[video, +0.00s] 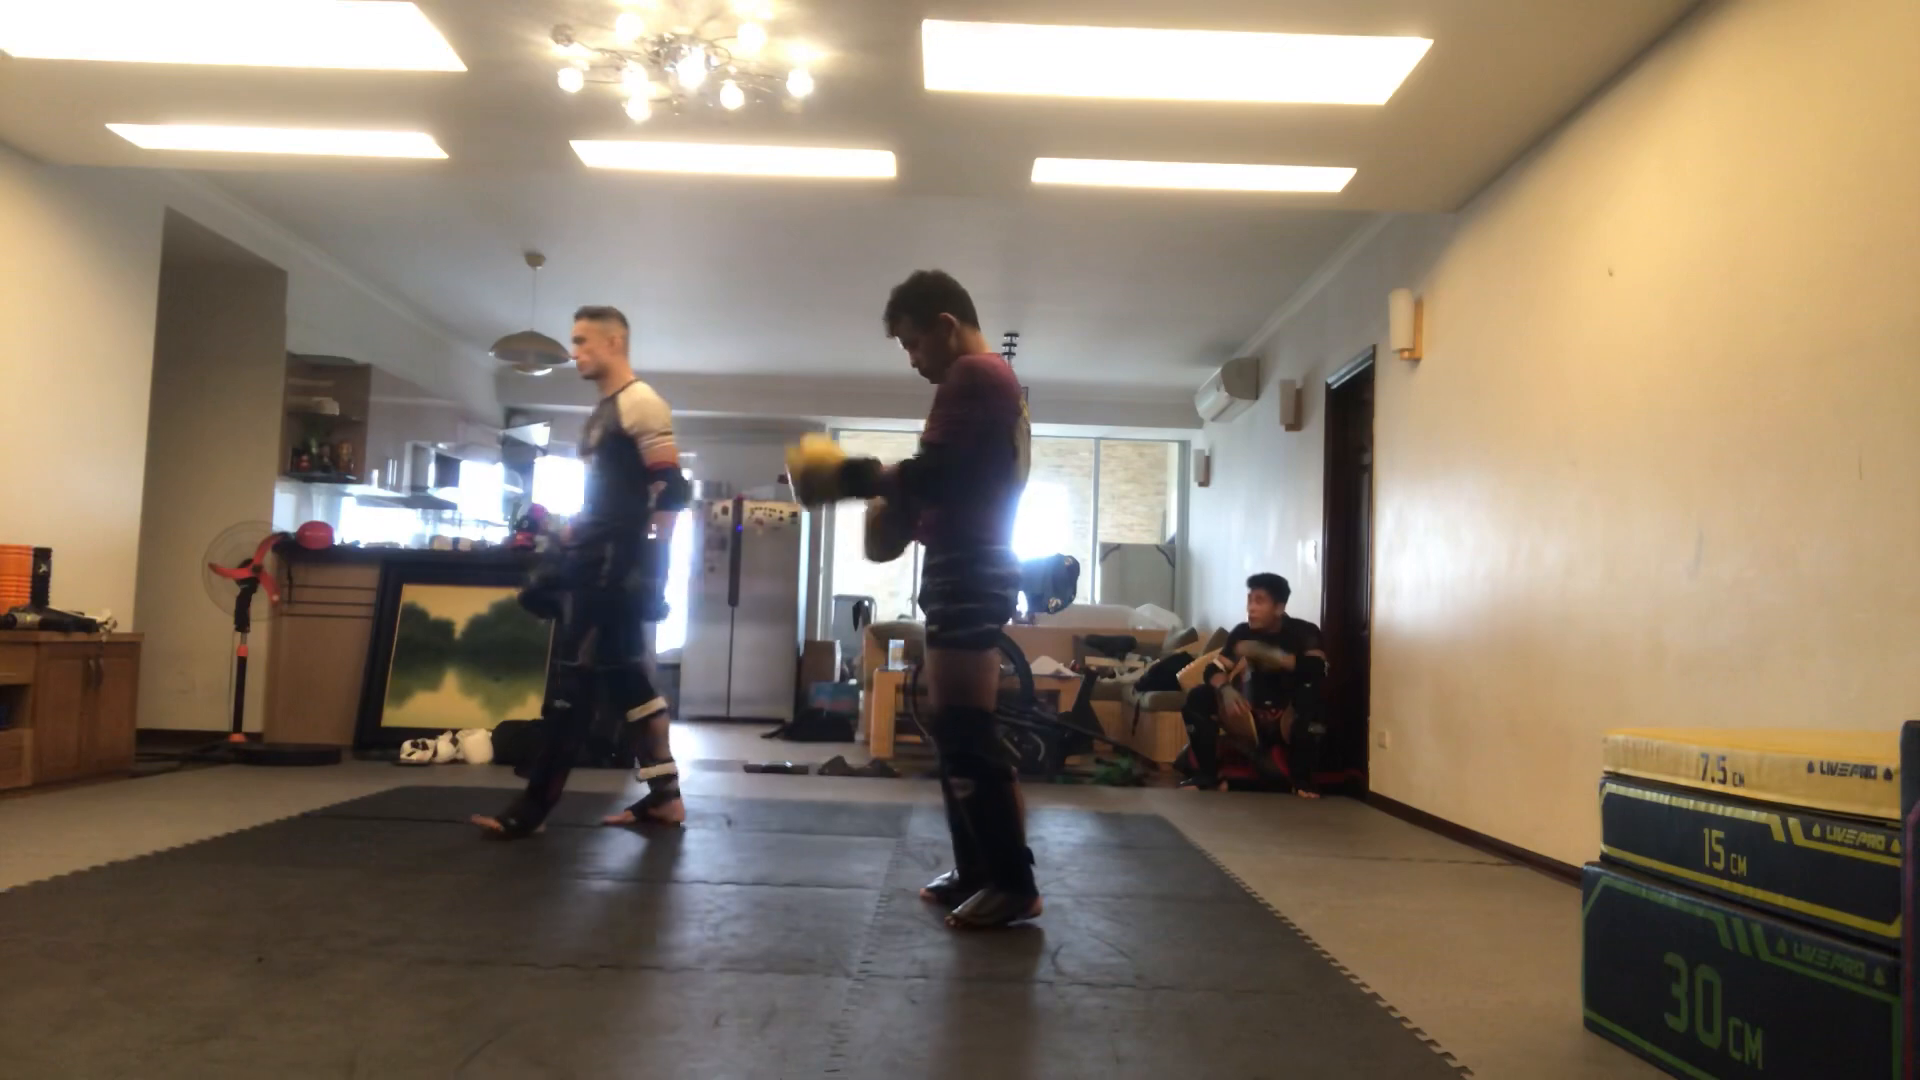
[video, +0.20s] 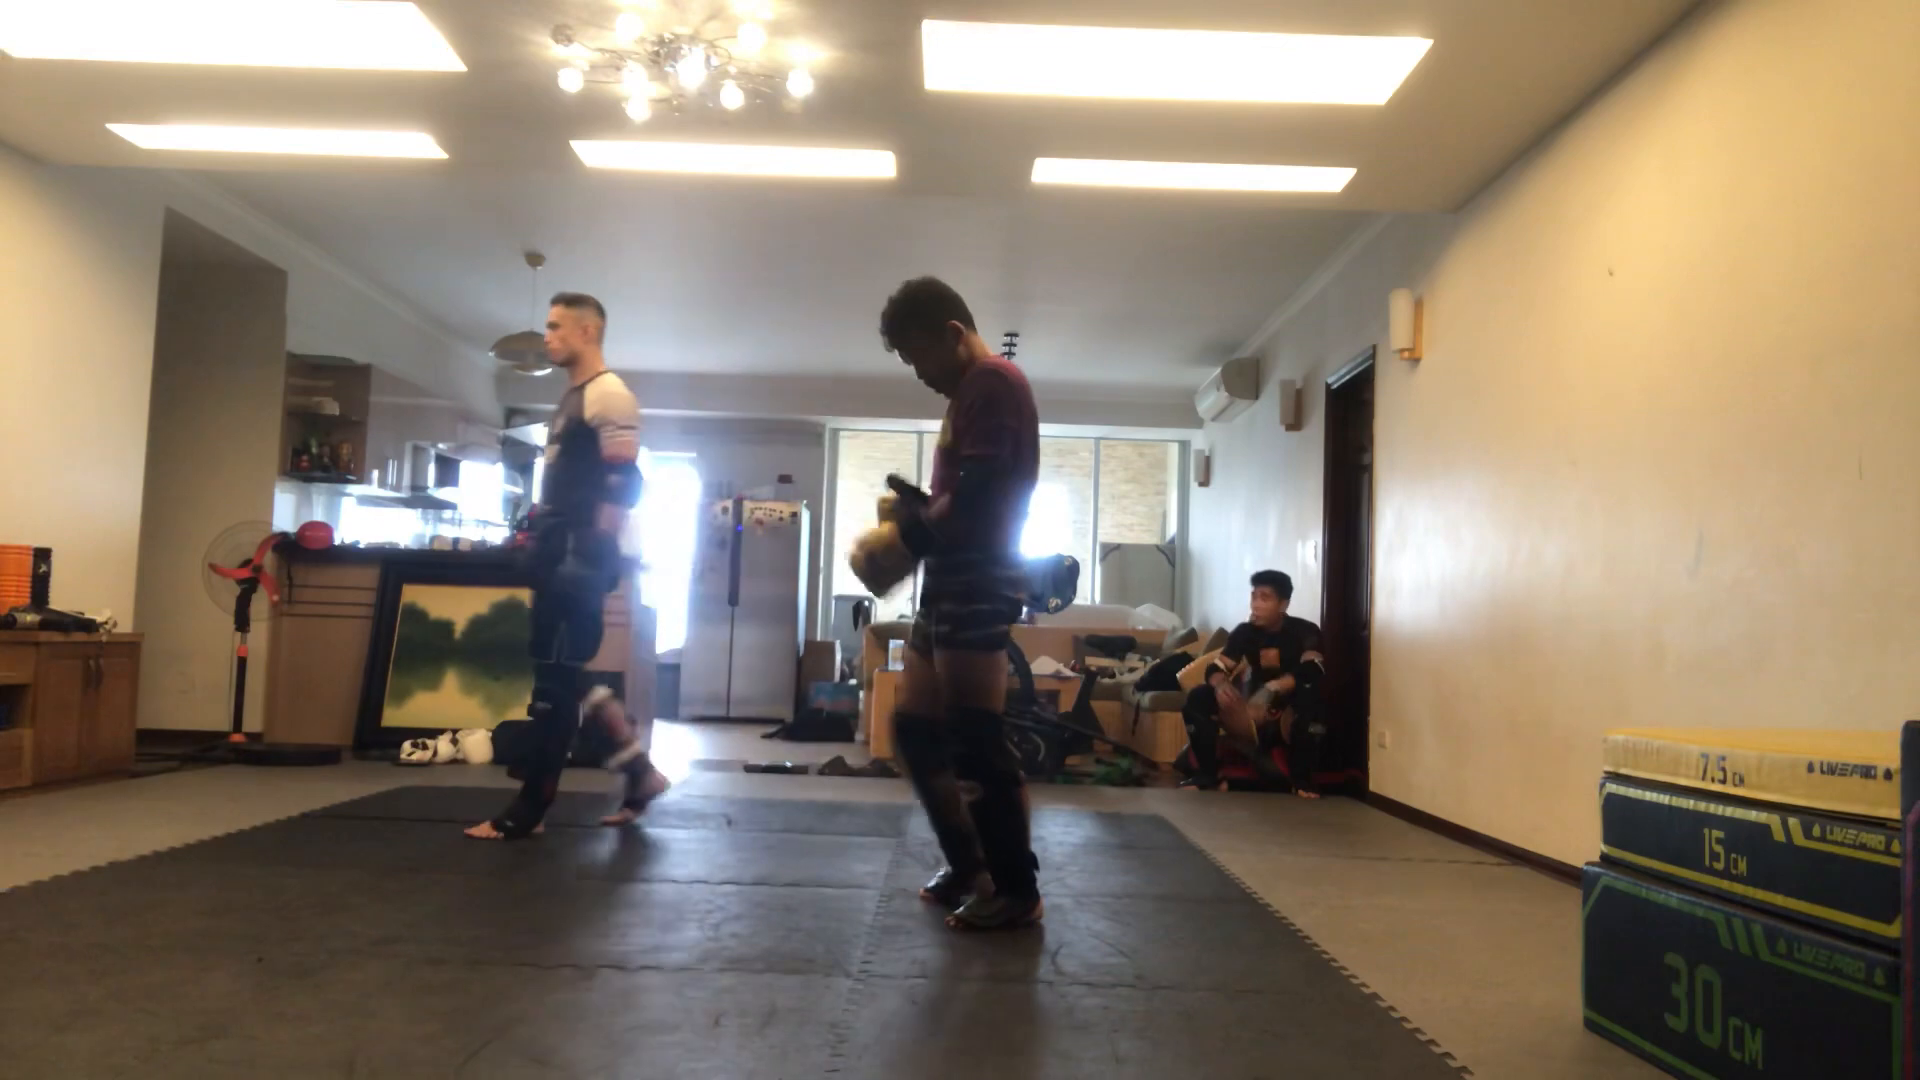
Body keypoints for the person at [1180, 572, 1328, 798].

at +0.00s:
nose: (1250, 608)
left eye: (1259, 601)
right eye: (1250, 601)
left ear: (1279, 607)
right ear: (1247, 602)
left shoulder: (1304, 632)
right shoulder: (1241, 634)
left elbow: (1317, 668)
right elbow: (1215, 671)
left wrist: (1276, 658)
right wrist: (1226, 690)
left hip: (1287, 720)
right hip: (1245, 720)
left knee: (1311, 697)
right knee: (1198, 698)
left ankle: (1303, 781)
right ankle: (1207, 776)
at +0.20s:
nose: (1255, 605)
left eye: (1264, 599)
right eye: (1254, 598)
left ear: (1283, 604)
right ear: (1251, 599)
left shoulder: (1305, 631)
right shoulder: (1244, 632)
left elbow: (1312, 669)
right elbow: (1216, 669)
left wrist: (1269, 690)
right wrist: (1220, 684)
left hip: (1287, 719)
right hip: (1247, 718)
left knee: (1310, 698)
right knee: (1199, 697)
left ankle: (1302, 781)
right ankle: (1207, 777)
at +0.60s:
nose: (1280, 614)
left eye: (1286, 606)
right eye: (1273, 606)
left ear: (1294, 605)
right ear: (1258, 606)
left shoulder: (1307, 632)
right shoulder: (1246, 632)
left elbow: (1298, 677)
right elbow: (1218, 670)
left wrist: (1264, 707)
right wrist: (1242, 675)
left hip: (1288, 703)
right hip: (1244, 700)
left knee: (1311, 712)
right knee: (1199, 698)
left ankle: (1302, 781)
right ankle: (1208, 776)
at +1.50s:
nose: (1271, 605)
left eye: (1279, 598)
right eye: (1266, 598)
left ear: (1294, 601)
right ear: (1260, 601)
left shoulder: (1311, 630)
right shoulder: (1251, 630)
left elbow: (1305, 667)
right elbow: (1225, 665)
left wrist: (1273, 692)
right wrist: (1265, 669)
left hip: (1292, 716)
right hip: (1249, 717)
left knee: (1318, 696)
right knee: (1199, 696)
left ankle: (1304, 780)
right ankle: (1207, 775)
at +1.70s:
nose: (1268, 604)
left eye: (1276, 598)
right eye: (1264, 598)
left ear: (1294, 601)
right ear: (1259, 600)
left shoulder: (1311, 630)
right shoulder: (1251, 632)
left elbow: (1325, 661)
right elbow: (1214, 663)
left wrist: (1274, 679)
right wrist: (1238, 679)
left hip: (1292, 716)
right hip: (1249, 716)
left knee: (1316, 697)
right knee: (1200, 697)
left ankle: (1304, 781)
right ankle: (1208, 776)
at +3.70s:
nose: (1250, 613)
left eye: (1257, 608)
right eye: (1248, 606)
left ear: (1279, 611)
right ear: (1245, 604)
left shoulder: (1302, 630)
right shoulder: (1242, 632)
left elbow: (1324, 668)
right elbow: (1212, 668)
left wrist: (1277, 691)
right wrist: (1223, 690)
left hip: (1292, 715)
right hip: (1253, 713)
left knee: (1316, 703)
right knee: (1198, 698)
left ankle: (1306, 782)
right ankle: (1208, 776)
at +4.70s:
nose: (1245, 617)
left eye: (1251, 610)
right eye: (1243, 610)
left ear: (1274, 610)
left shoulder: (1304, 633)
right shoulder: (1242, 633)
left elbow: (1330, 671)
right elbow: (1211, 668)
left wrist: (1281, 669)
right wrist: (1223, 691)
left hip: (1292, 720)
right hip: (1250, 719)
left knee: (1320, 704)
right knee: (1198, 698)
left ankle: (1306, 781)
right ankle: (1208, 777)